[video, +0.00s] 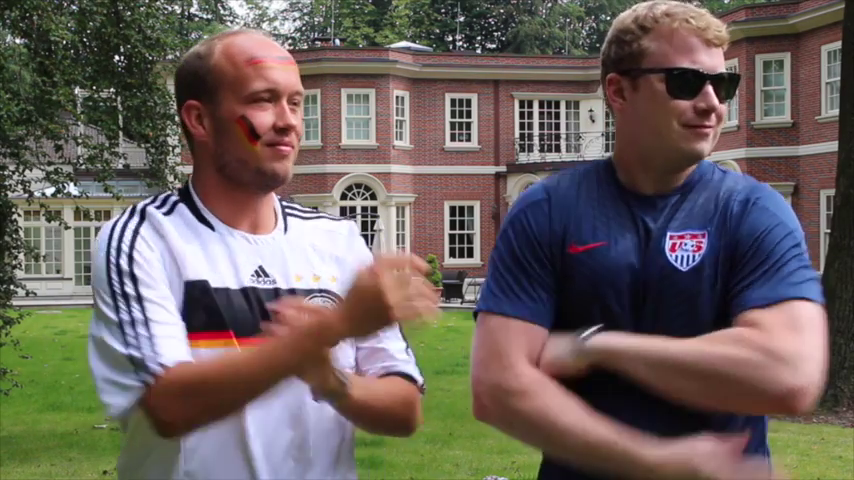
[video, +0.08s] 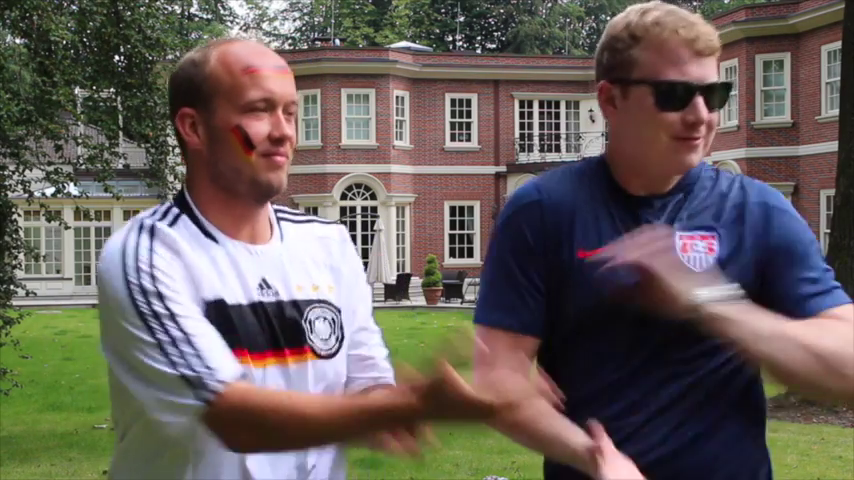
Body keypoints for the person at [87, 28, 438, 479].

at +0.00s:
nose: (288, 122)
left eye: (295, 103)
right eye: (263, 100)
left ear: (304, 110)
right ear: (197, 119)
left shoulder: (339, 242)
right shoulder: (136, 239)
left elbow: (405, 411)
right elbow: (169, 407)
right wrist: (342, 322)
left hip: (323, 475)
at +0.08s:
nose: (284, 132)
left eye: (290, 111)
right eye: (259, 111)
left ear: (298, 119)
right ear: (191, 128)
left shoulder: (329, 243)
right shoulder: (141, 256)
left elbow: (366, 383)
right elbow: (230, 414)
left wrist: (386, 421)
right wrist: (412, 404)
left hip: (316, 470)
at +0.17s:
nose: (283, 150)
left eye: (287, 129)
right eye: (256, 131)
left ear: (295, 132)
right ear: (188, 152)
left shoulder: (316, 252)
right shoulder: (158, 284)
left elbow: (362, 403)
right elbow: (299, 425)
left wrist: (459, 458)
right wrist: (495, 458)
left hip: (318, 472)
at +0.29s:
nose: (291, 180)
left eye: (296, 158)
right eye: (265, 159)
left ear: (303, 161)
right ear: (196, 176)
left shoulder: (299, 268)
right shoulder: (163, 308)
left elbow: (348, 416)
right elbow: (304, 450)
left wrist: (447, 475)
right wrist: (517, 461)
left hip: (262, 466)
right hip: (148, 467)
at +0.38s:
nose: (287, 186)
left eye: (291, 162)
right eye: (263, 164)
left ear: (295, 160)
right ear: (190, 174)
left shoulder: (279, 272)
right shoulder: (137, 296)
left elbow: (314, 420)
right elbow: (242, 463)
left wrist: (415, 477)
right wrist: (441, 471)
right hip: (132, 472)